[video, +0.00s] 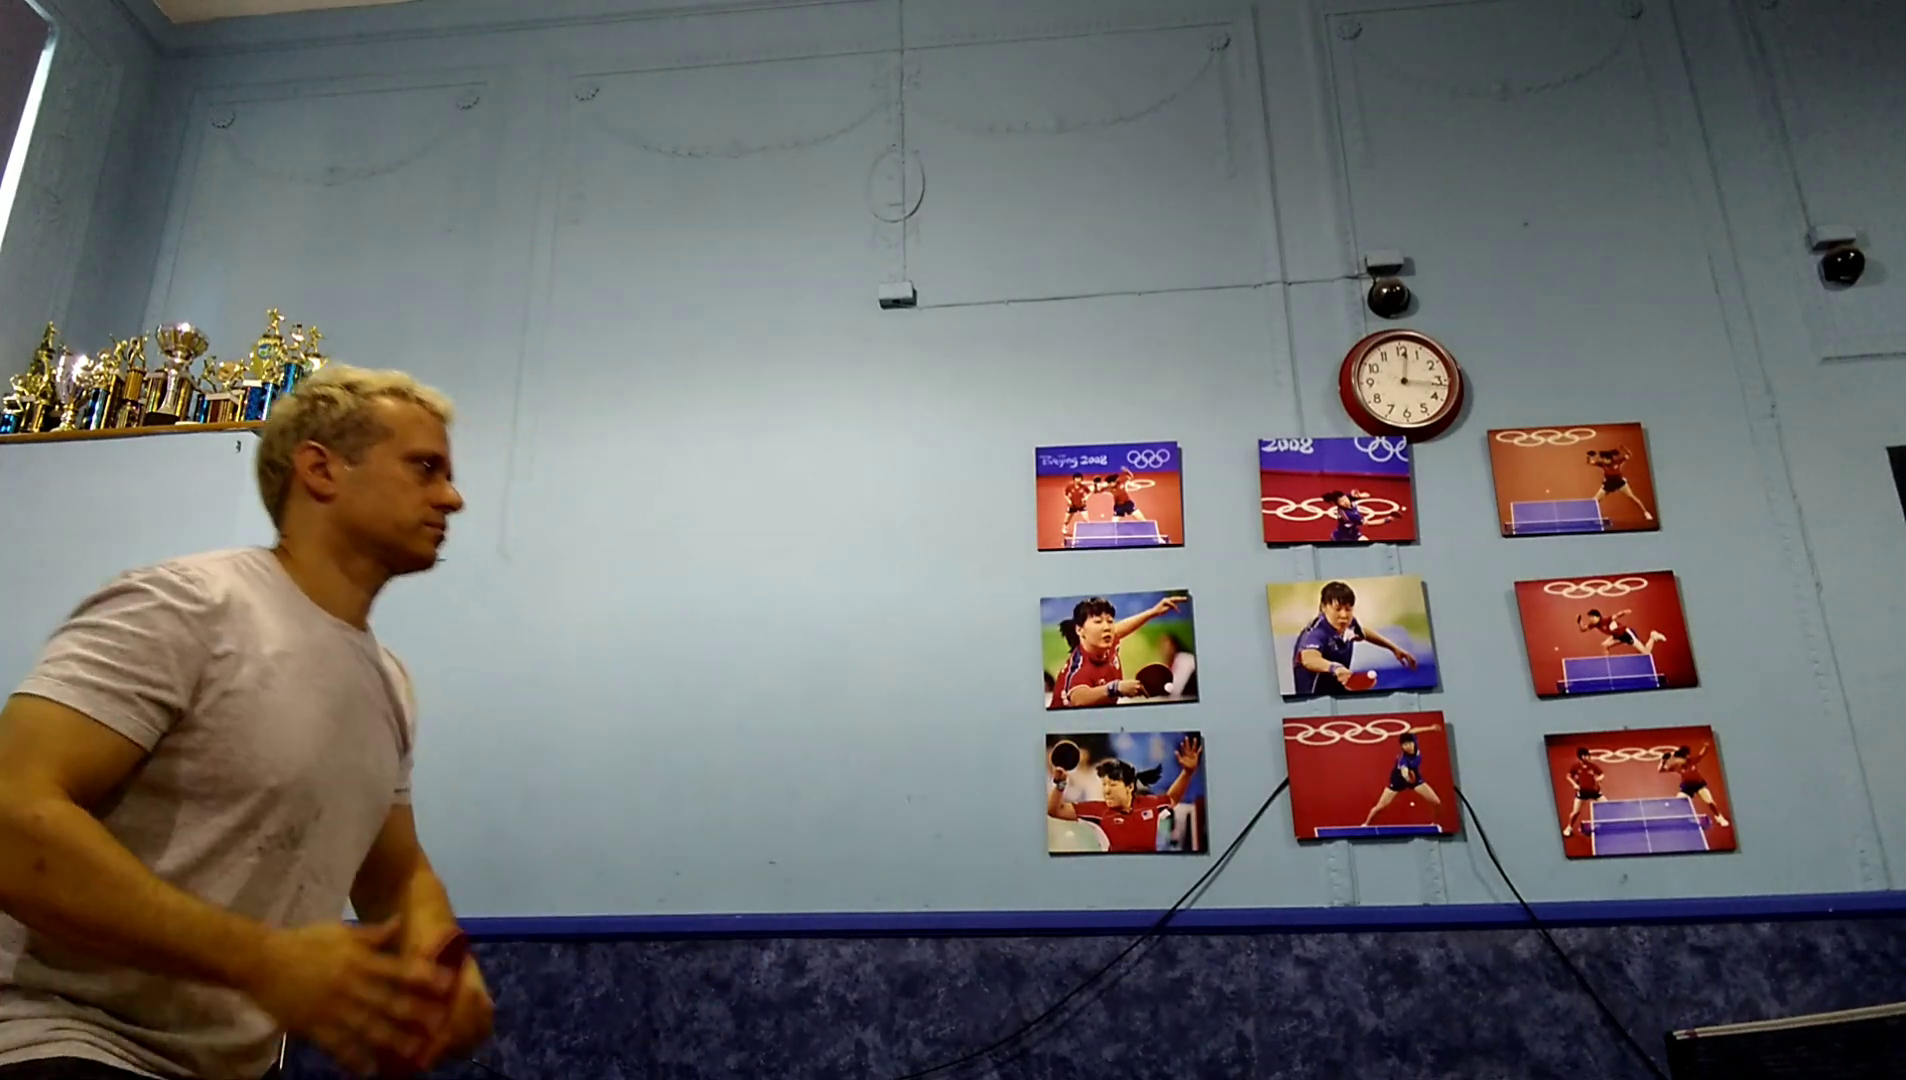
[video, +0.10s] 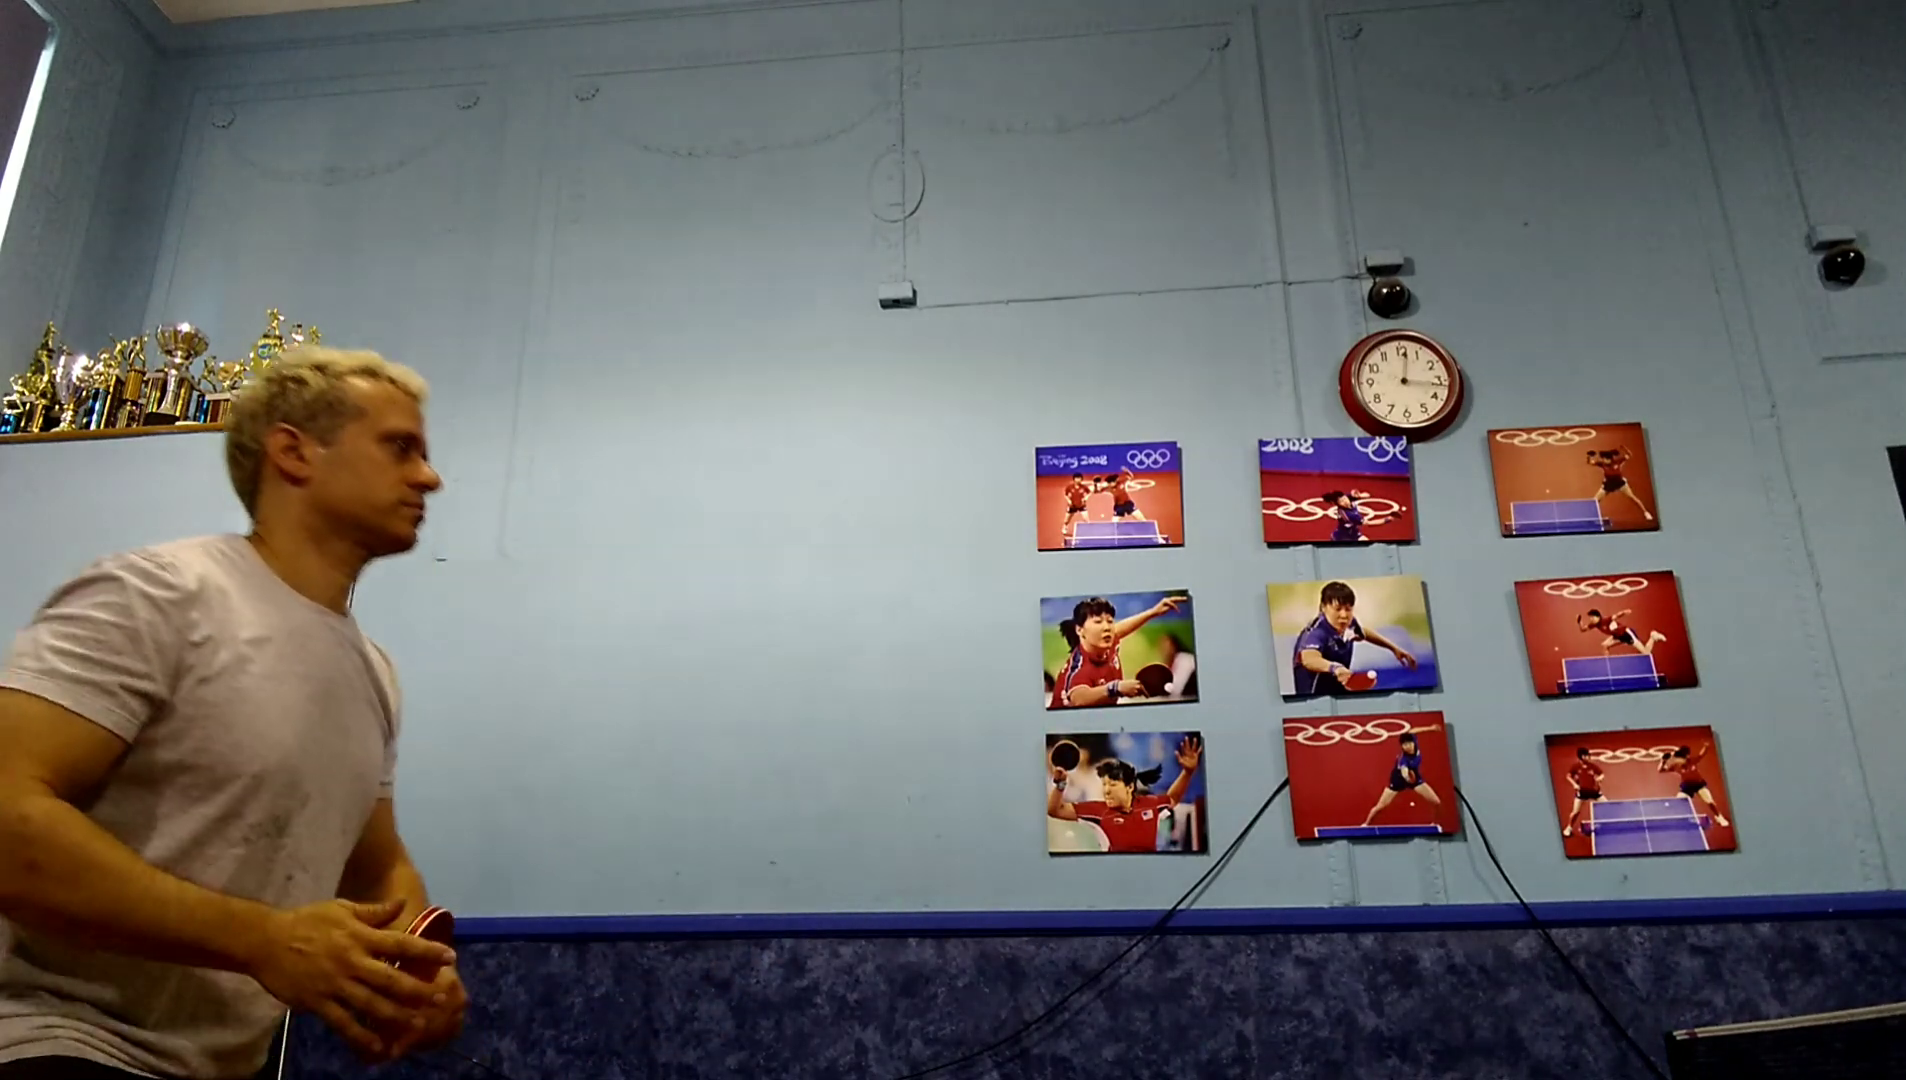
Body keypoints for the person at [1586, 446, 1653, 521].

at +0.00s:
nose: (1605, 461)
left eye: (1606, 460)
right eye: (1603, 460)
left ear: (1610, 459)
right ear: (1603, 459)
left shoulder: (1617, 461)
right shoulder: (1602, 464)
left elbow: (1629, 457)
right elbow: (1590, 463)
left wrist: (1624, 449)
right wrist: (1590, 457)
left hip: (1620, 482)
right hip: (1608, 483)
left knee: (1632, 497)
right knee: (1595, 500)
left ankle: (1645, 512)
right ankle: (1592, 519)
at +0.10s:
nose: (1605, 461)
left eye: (1606, 460)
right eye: (1603, 460)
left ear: (1610, 459)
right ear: (1603, 459)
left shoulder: (1617, 461)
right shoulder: (1602, 464)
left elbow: (1629, 457)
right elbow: (1590, 463)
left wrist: (1624, 449)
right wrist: (1590, 457)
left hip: (1620, 482)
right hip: (1608, 483)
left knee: (1632, 497)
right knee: (1596, 499)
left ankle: (1645, 512)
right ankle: (1593, 519)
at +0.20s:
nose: (1605, 461)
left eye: (1606, 460)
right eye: (1603, 460)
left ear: (1610, 459)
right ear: (1603, 459)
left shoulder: (1617, 461)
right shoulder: (1602, 464)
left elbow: (1629, 457)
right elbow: (1590, 463)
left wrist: (1624, 449)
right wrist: (1590, 457)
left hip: (1620, 482)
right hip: (1608, 483)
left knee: (1632, 497)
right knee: (1596, 500)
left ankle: (1645, 512)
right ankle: (1594, 519)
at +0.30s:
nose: (1605, 461)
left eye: (1606, 460)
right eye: (1603, 460)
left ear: (1610, 459)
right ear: (1603, 459)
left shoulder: (1617, 462)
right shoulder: (1602, 464)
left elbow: (1628, 457)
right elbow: (1590, 463)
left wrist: (1624, 449)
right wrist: (1590, 457)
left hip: (1620, 482)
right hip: (1608, 483)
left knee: (1632, 497)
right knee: (1596, 499)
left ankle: (1645, 512)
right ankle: (1593, 519)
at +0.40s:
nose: (1605, 461)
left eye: (1606, 460)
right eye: (1603, 460)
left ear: (1610, 459)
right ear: (1603, 459)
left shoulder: (1617, 462)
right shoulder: (1602, 464)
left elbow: (1628, 457)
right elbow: (1590, 463)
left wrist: (1624, 449)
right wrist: (1590, 457)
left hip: (1620, 482)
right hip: (1608, 483)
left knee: (1632, 497)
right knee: (1596, 499)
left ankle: (1645, 512)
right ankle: (1593, 519)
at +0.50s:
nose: (1605, 461)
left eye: (1606, 460)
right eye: (1603, 460)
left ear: (1609, 459)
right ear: (1603, 459)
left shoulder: (1617, 461)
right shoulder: (1602, 464)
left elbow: (1628, 457)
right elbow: (1590, 463)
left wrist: (1624, 449)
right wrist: (1590, 457)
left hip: (1620, 482)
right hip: (1608, 482)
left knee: (1632, 497)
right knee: (1595, 499)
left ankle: (1645, 512)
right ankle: (1593, 519)